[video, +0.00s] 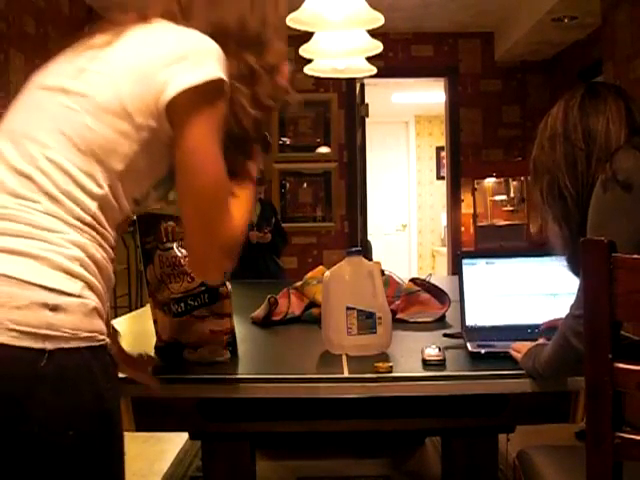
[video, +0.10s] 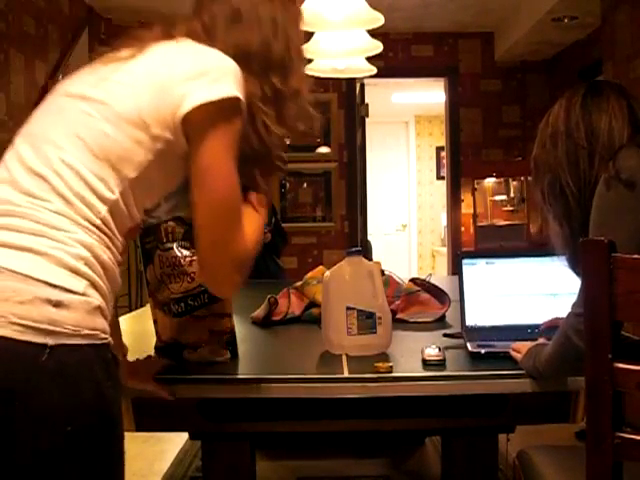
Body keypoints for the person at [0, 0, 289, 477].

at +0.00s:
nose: (283, 66)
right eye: (277, 31)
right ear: (245, 25)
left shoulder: (90, 50)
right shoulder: (187, 49)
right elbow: (211, 261)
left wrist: (119, 356)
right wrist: (245, 176)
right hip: (45, 339)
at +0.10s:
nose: (285, 61)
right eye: (284, 41)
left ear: (205, 16)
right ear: (261, 36)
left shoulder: (114, 64)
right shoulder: (208, 68)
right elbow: (224, 274)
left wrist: (117, 364)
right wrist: (257, 205)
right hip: (47, 334)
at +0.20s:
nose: (295, 89)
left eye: (299, 73)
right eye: (297, 72)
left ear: (224, 33)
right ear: (280, 62)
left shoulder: (124, 70)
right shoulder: (224, 83)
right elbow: (231, 284)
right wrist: (271, 200)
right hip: (50, 329)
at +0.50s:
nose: (315, 109)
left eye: (323, 94)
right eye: (319, 93)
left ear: (252, 52)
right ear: (304, 81)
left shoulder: (159, 78)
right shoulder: (246, 100)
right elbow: (242, 296)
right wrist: (286, 213)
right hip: (60, 326)